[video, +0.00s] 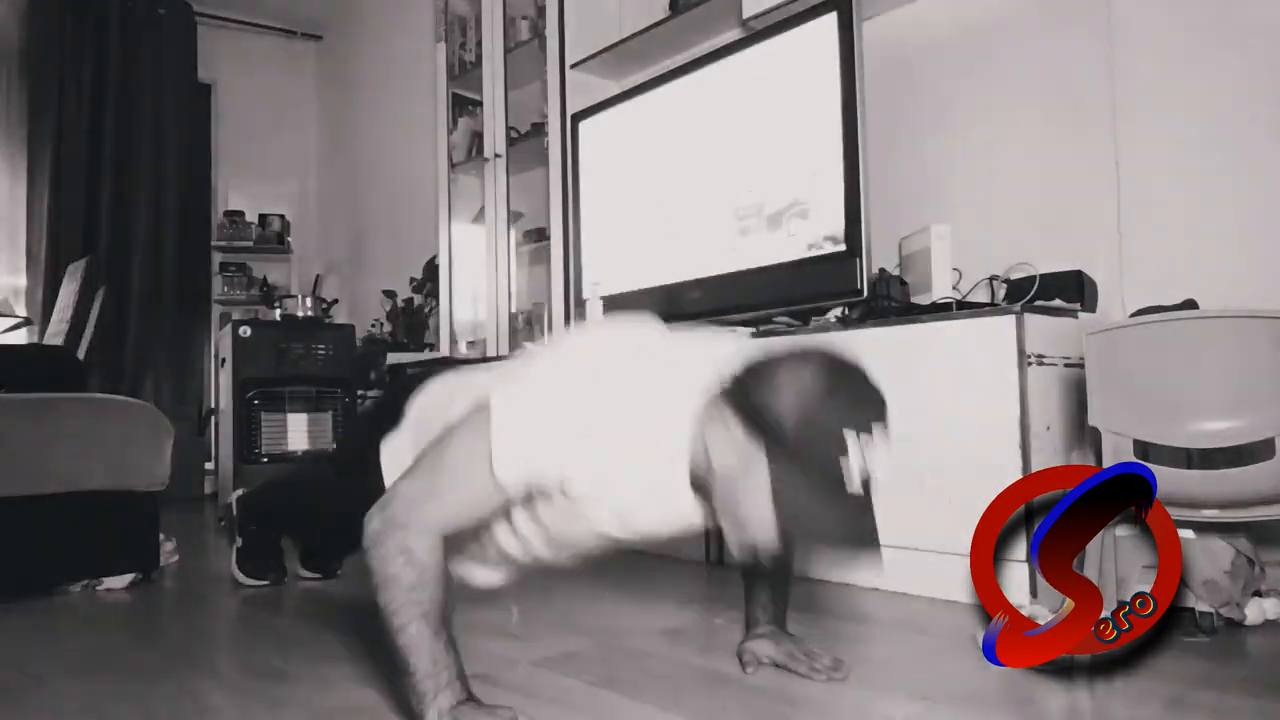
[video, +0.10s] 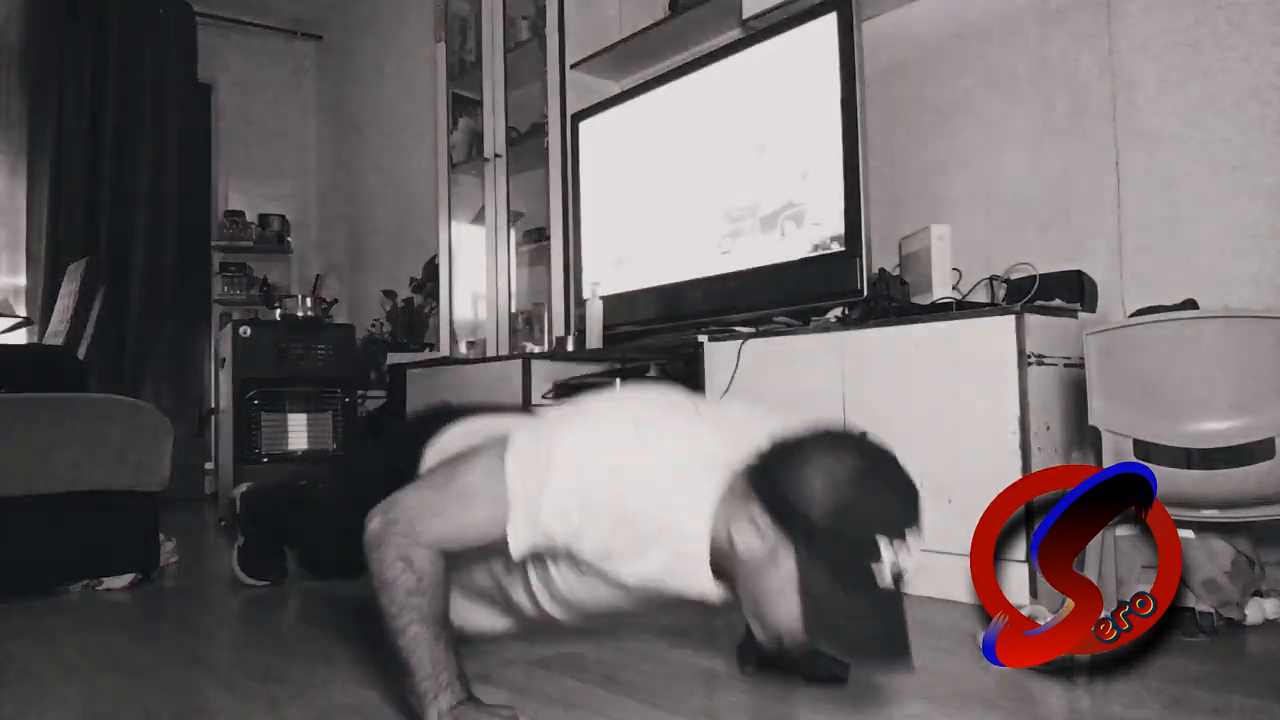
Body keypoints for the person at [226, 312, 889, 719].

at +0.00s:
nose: (776, 534)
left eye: (795, 520)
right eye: (775, 510)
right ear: (742, 445)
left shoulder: (780, 409)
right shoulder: (585, 401)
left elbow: (776, 513)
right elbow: (396, 528)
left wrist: (765, 625)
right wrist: (446, 702)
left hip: (523, 483)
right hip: (432, 438)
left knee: (358, 509)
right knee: (324, 494)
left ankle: (303, 543)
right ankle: (255, 521)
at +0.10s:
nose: (809, 624)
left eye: (830, 608)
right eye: (807, 599)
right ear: (757, 531)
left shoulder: (800, 482)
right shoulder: (615, 467)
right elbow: (394, 528)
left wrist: (771, 637)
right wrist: (444, 702)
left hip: (528, 485)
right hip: (430, 469)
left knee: (354, 532)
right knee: (321, 519)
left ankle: (277, 533)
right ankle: (254, 521)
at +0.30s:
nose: (842, 698)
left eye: (863, 680)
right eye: (840, 670)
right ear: (781, 595)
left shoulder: (825, 520)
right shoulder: (629, 533)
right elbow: (402, 533)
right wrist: (444, 702)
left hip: (550, 498)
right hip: (450, 540)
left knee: (388, 509)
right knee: (345, 538)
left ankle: (318, 496)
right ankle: (273, 517)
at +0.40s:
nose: (832, 654)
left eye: (851, 635)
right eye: (832, 627)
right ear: (776, 555)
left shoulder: (811, 506)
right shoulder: (626, 505)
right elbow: (395, 533)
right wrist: (446, 702)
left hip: (546, 489)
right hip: (446, 514)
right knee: (324, 532)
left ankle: (286, 524)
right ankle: (263, 529)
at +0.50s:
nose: (816, 552)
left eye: (835, 536)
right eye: (816, 526)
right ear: (759, 470)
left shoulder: (768, 463)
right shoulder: (604, 448)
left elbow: (769, 534)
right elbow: (384, 533)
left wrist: (760, 632)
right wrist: (445, 702)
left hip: (528, 495)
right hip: (432, 483)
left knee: (352, 517)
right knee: (318, 528)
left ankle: (277, 530)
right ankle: (256, 529)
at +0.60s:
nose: (798, 462)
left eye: (813, 446)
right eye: (794, 436)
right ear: (735, 374)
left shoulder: (755, 415)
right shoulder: (584, 382)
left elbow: (769, 497)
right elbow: (394, 528)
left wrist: (765, 628)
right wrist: (447, 702)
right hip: (413, 459)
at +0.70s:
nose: (774, 372)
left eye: (787, 355)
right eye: (768, 346)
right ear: (703, 289)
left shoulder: (733, 343)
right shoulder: (563, 307)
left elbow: (755, 473)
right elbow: (447, 506)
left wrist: (765, 628)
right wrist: (452, 696)